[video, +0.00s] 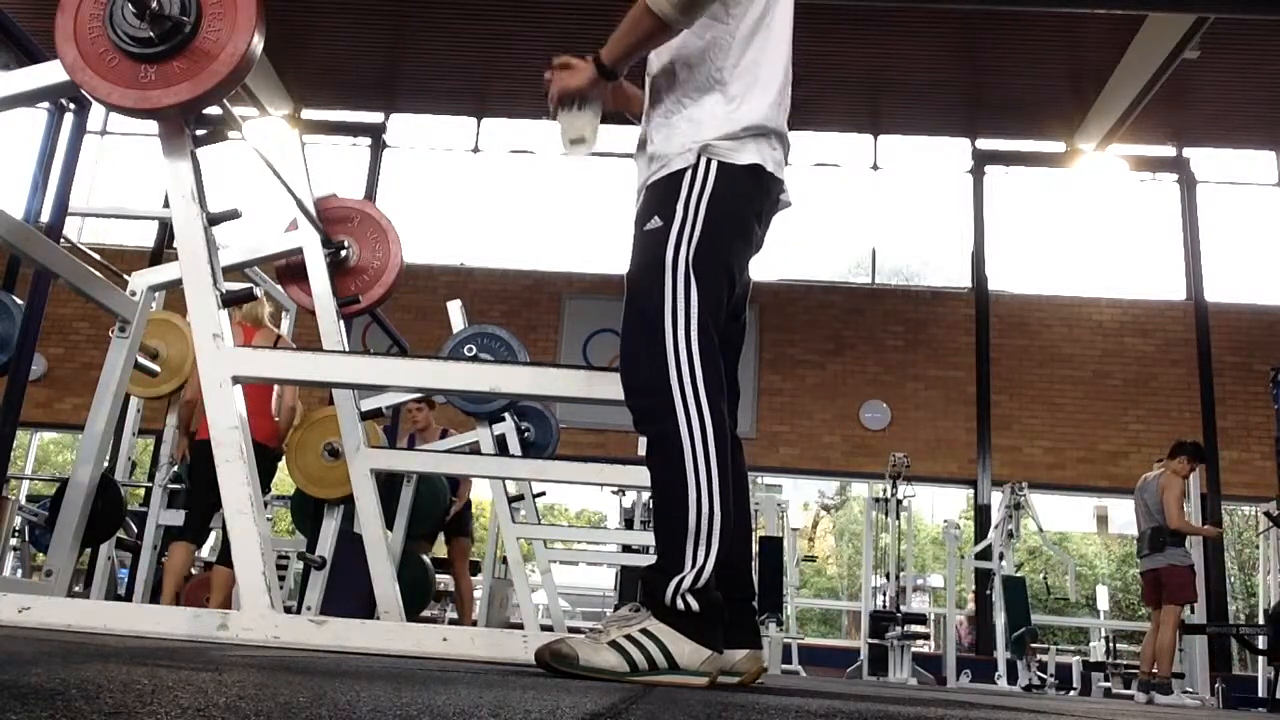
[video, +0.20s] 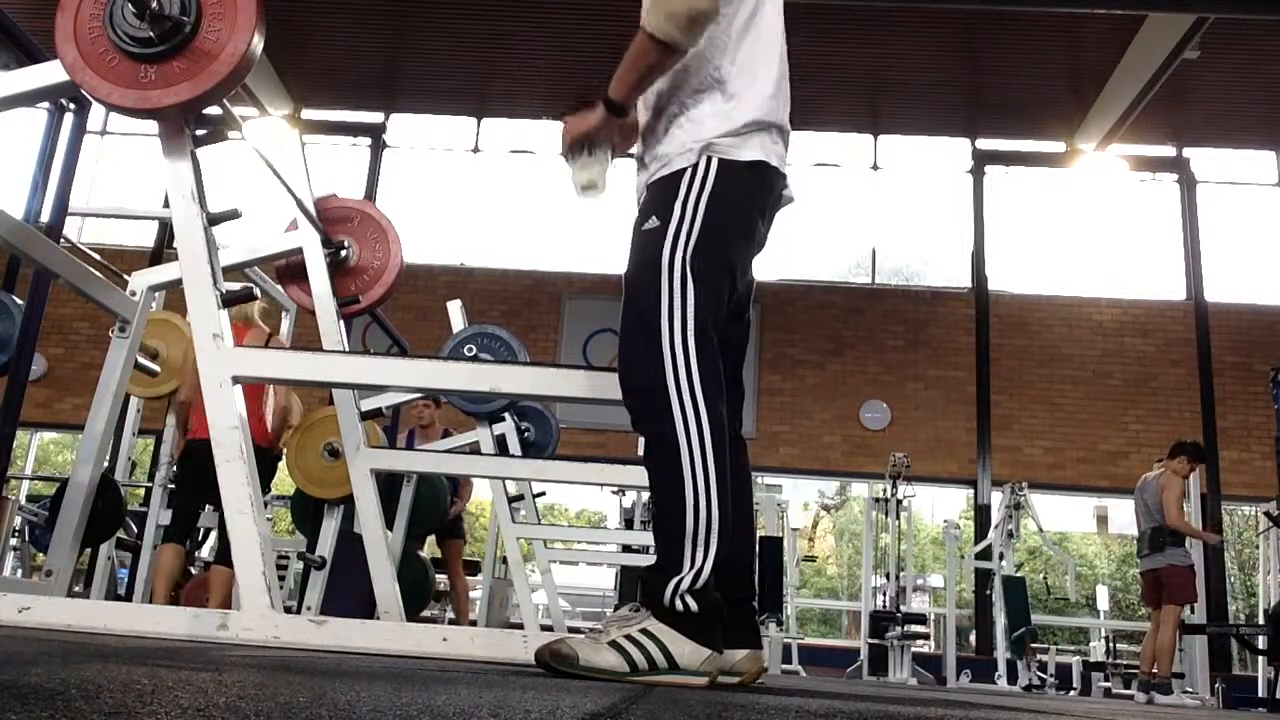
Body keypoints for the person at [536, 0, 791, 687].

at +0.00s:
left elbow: (668, 5)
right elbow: (687, 101)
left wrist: (600, 64)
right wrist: (611, 90)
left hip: (710, 147)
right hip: (699, 152)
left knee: (668, 372)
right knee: (697, 394)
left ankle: (689, 621)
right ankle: (730, 632)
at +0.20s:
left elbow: (687, 9)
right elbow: (704, 61)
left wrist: (618, 94)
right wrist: (619, 123)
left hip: (710, 143)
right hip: (710, 148)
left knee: (666, 371)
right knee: (702, 393)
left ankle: (690, 622)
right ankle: (730, 632)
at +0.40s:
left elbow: (674, 30)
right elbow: (716, 106)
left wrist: (621, 156)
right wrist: (633, 181)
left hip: (728, 150)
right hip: (757, 153)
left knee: (676, 376)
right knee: (708, 389)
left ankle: (688, 623)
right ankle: (723, 629)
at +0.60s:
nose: (515, 13)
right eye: (509, 8)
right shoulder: (608, 58)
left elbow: (676, 104)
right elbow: (635, 188)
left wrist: (643, 227)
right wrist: (588, 294)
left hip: (765, 153)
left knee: (678, 366)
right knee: (706, 388)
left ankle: (687, 624)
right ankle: (711, 629)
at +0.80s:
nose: (464, 115)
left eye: (454, 93)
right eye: (452, 106)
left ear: (486, 46)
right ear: (492, 55)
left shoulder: (603, 30)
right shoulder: (574, 158)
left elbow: (706, 148)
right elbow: (563, 288)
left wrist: (667, 250)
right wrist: (504, 417)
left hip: (787, 173)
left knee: (652, 349)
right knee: (686, 393)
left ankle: (687, 623)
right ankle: (707, 629)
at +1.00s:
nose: (453, 196)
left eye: (442, 172)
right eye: (437, 189)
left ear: (472, 121)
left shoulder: (589, 85)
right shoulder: (552, 230)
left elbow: (721, 169)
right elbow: (501, 366)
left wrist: (658, 257)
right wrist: (417, 493)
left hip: (801, 201)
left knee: (635, 348)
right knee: (657, 396)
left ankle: (684, 621)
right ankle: (702, 624)